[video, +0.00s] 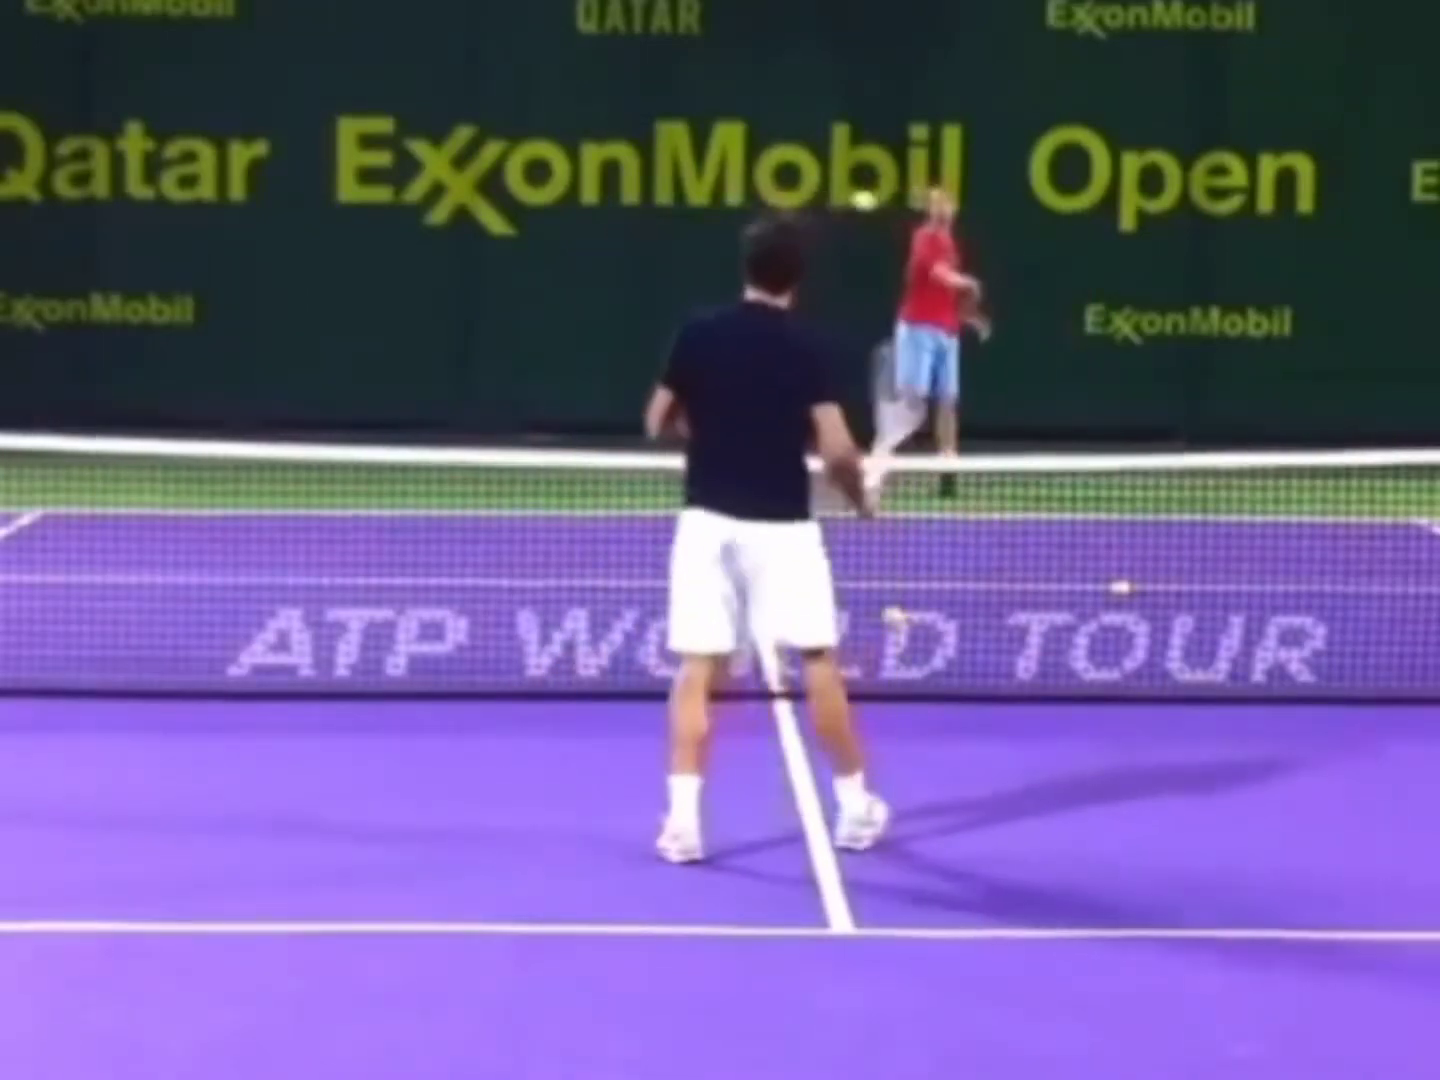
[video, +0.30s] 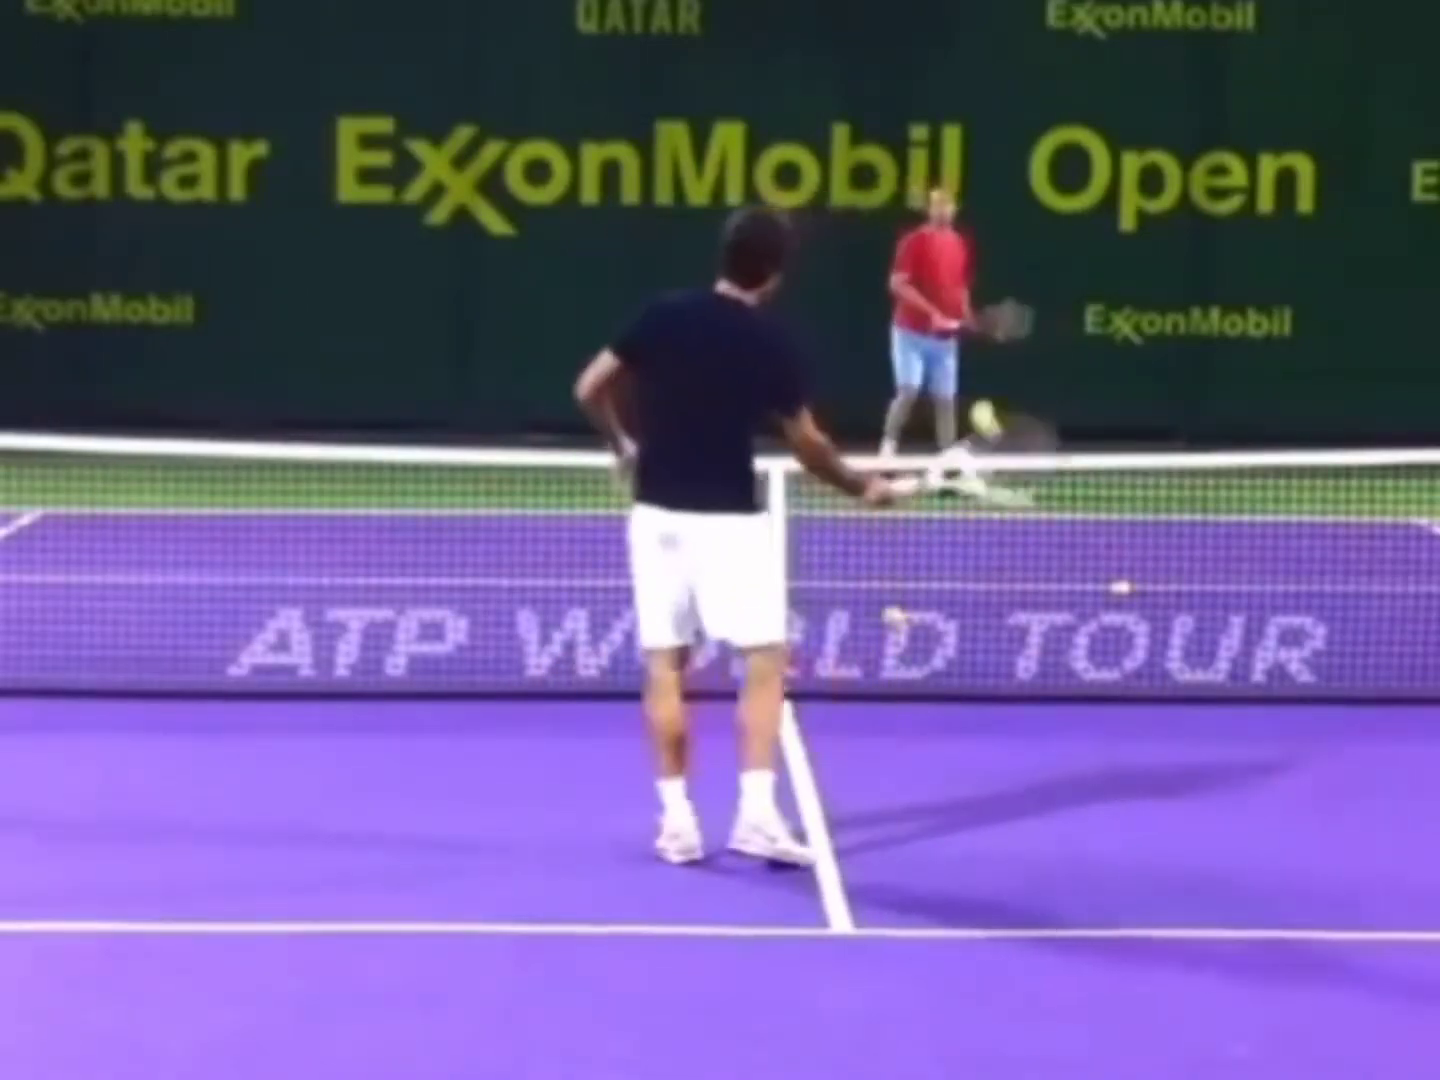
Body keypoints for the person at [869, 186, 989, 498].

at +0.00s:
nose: (941, 211)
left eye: (946, 204)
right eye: (935, 204)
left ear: (953, 209)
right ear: (928, 208)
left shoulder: (949, 244)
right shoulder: (925, 237)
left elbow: (944, 295)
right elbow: (936, 270)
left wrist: (969, 316)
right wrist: (966, 283)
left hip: (945, 328)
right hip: (918, 324)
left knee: (947, 400)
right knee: (912, 399)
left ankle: (948, 466)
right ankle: (877, 457)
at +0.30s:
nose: (941, 210)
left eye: (945, 204)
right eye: (936, 204)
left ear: (954, 208)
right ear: (928, 208)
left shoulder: (958, 243)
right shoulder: (914, 241)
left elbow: (961, 283)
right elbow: (898, 282)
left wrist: (966, 315)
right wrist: (932, 314)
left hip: (944, 333)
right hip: (910, 331)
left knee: (945, 397)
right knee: (909, 388)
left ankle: (948, 457)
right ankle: (889, 446)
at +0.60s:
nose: (907, 224)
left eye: (912, 218)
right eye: (903, 218)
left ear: (921, 222)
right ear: (896, 223)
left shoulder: (941, 257)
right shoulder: (882, 256)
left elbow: (951, 294)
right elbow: (868, 298)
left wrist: (934, 331)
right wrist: (889, 327)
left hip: (925, 343)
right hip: (889, 342)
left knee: (935, 406)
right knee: (865, 404)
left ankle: (947, 465)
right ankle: (845, 463)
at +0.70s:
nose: (899, 232)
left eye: (904, 226)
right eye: (895, 226)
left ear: (913, 230)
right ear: (888, 230)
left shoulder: (932, 265)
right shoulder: (876, 264)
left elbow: (941, 304)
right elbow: (860, 303)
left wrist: (926, 335)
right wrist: (870, 332)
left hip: (916, 349)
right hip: (879, 346)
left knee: (929, 408)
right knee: (860, 406)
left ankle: (945, 466)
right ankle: (844, 464)